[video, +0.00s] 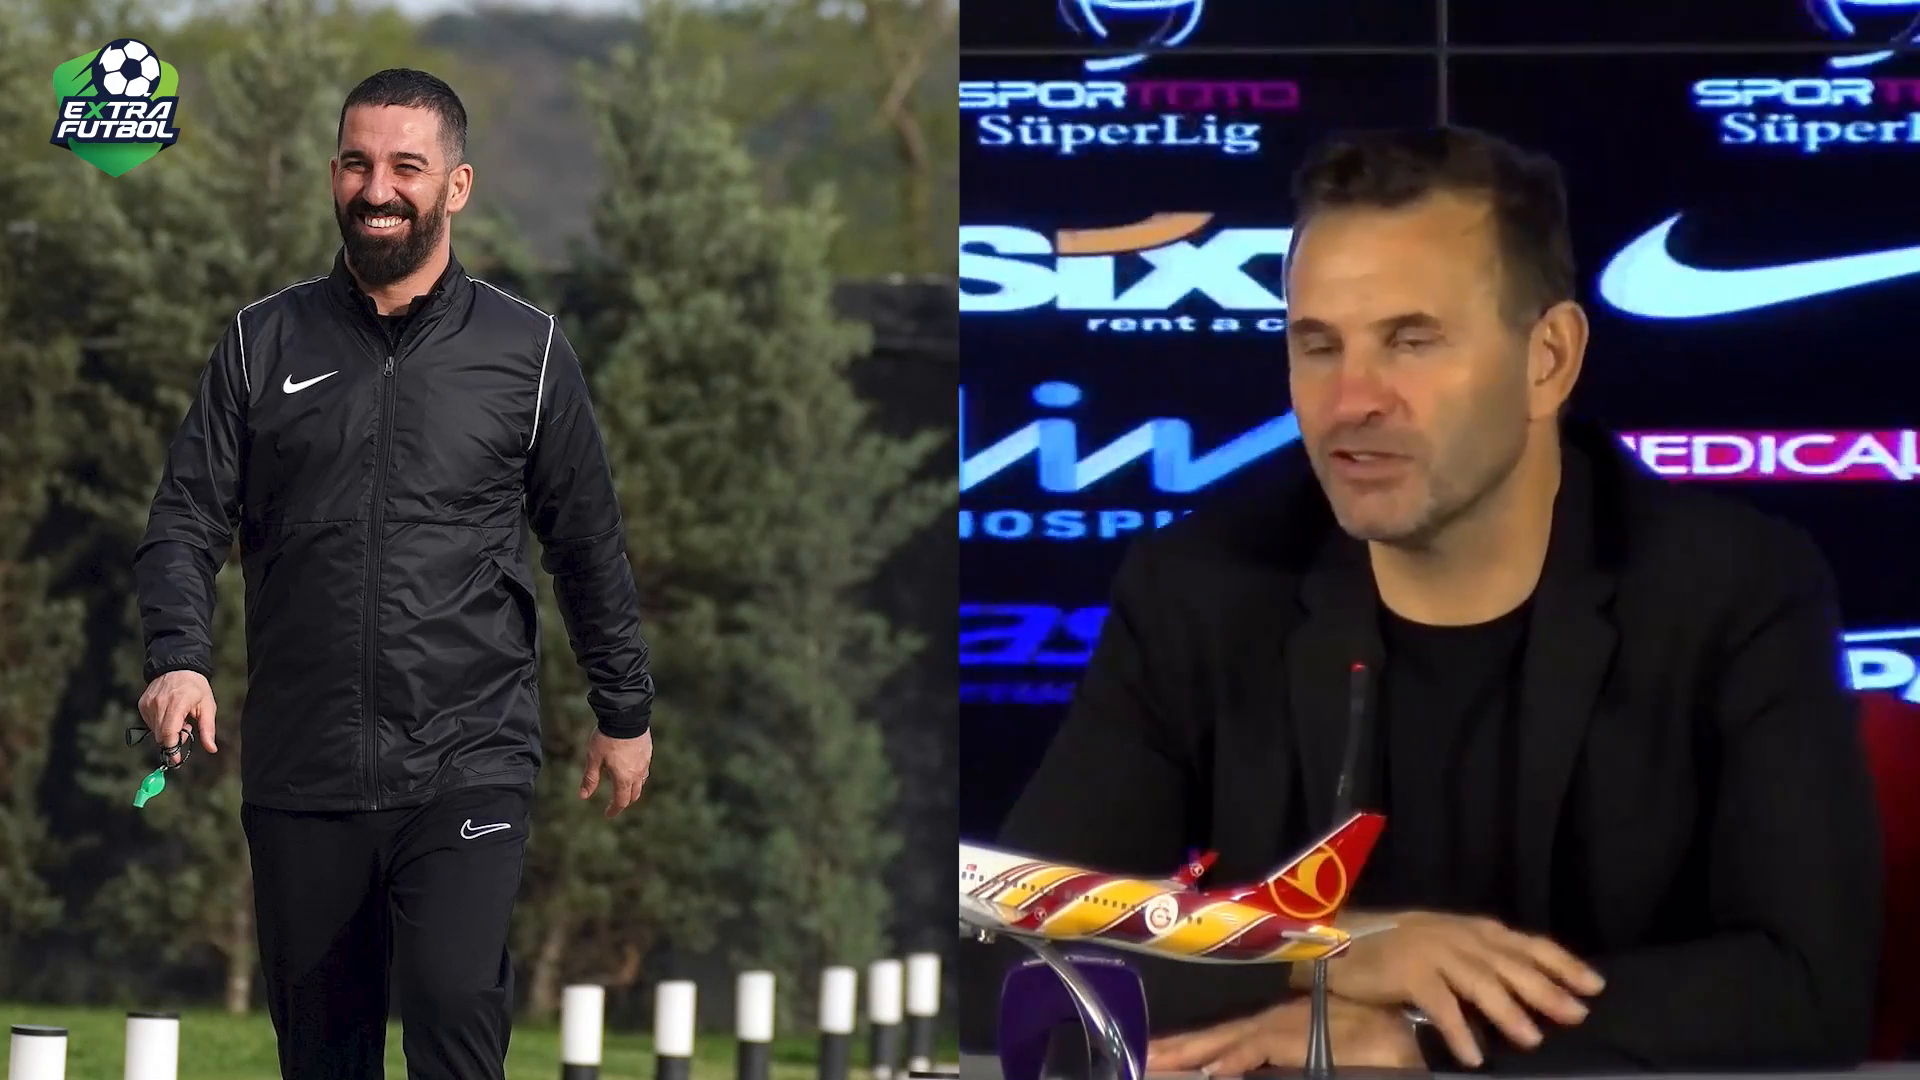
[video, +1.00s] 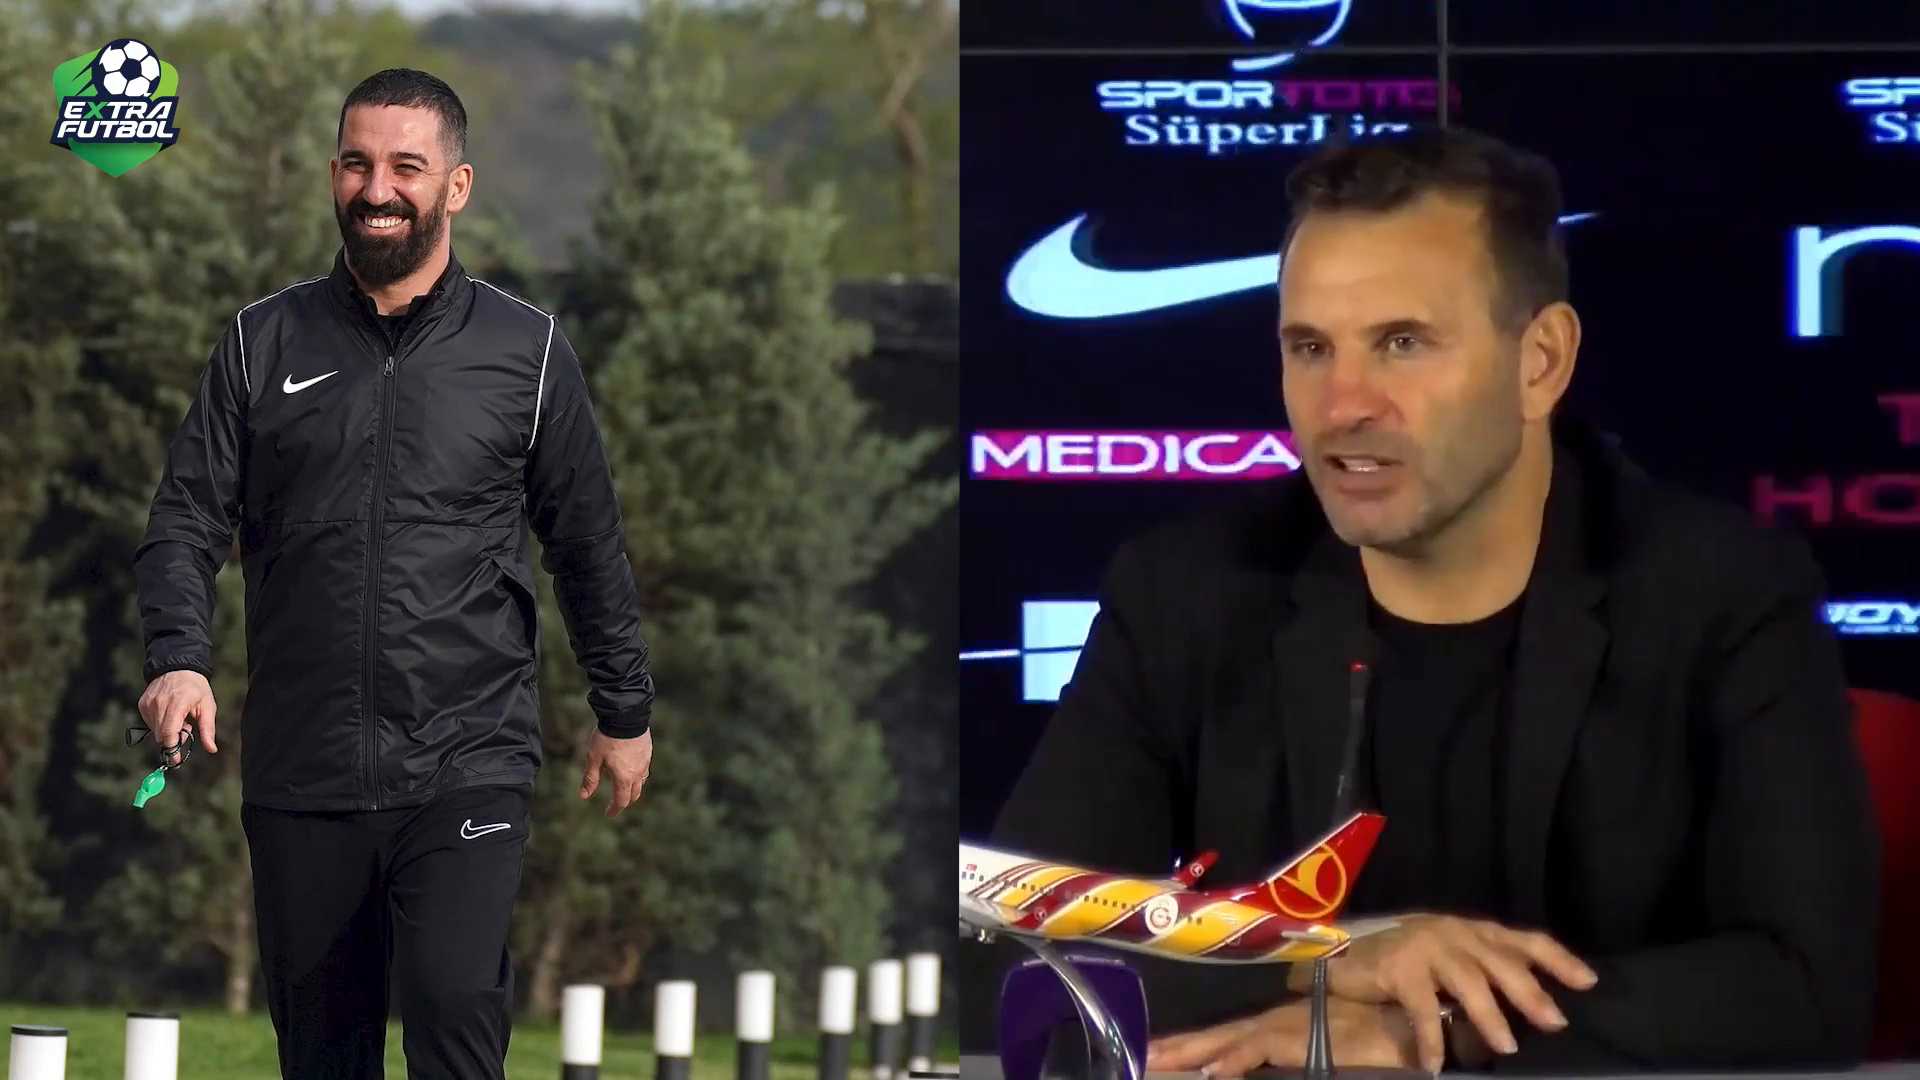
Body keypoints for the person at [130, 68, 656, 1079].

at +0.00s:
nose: (376, 187)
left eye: (405, 164)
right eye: (356, 162)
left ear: (458, 185)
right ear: (334, 177)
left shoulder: (530, 350)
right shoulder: (259, 342)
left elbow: (589, 541)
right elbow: (186, 513)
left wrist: (623, 708)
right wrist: (178, 658)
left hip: (471, 752)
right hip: (301, 755)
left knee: (455, 1020)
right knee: (320, 1043)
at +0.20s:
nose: (376, 187)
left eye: (405, 164)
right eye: (356, 162)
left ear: (458, 185)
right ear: (334, 177)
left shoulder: (530, 350)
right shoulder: (259, 342)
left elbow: (589, 541)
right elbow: (187, 513)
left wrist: (623, 708)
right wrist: (178, 658)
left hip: (471, 752)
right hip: (301, 755)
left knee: (455, 1019)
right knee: (320, 1043)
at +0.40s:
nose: (376, 187)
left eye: (405, 164)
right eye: (356, 162)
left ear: (458, 185)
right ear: (334, 177)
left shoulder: (530, 350)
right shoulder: (259, 342)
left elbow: (589, 541)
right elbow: (187, 513)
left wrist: (623, 708)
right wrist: (178, 658)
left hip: (471, 752)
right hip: (301, 755)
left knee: (455, 1019)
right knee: (320, 1043)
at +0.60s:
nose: (376, 187)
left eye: (405, 164)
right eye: (356, 162)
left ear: (458, 185)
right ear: (334, 177)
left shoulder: (530, 350)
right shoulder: (259, 342)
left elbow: (589, 541)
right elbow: (187, 513)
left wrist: (623, 708)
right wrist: (178, 658)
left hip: (471, 752)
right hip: (301, 755)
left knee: (455, 1019)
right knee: (320, 1043)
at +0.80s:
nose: (376, 187)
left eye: (405, 164)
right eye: (356, 162)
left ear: (458, 185)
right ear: (334, 177)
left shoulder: (530, 350)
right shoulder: (259, 342)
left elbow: (589, 541)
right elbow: (187, 513)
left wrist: (623, 708)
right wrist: (178, 658)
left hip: (471, 752)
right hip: (301, 755)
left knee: (455, 1019)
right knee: (320, 1043)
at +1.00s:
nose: (376, 187)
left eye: (405, 164)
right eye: (356, 162)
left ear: (458, 185)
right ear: (334, 177)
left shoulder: (530, 350)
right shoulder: (259, 342)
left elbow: (589, 541)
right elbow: (187, 513)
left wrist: (623, 708)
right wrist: (178, 658)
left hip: (471, 753)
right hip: (301, 755)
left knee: (455, 1018)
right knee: (320, 1043)